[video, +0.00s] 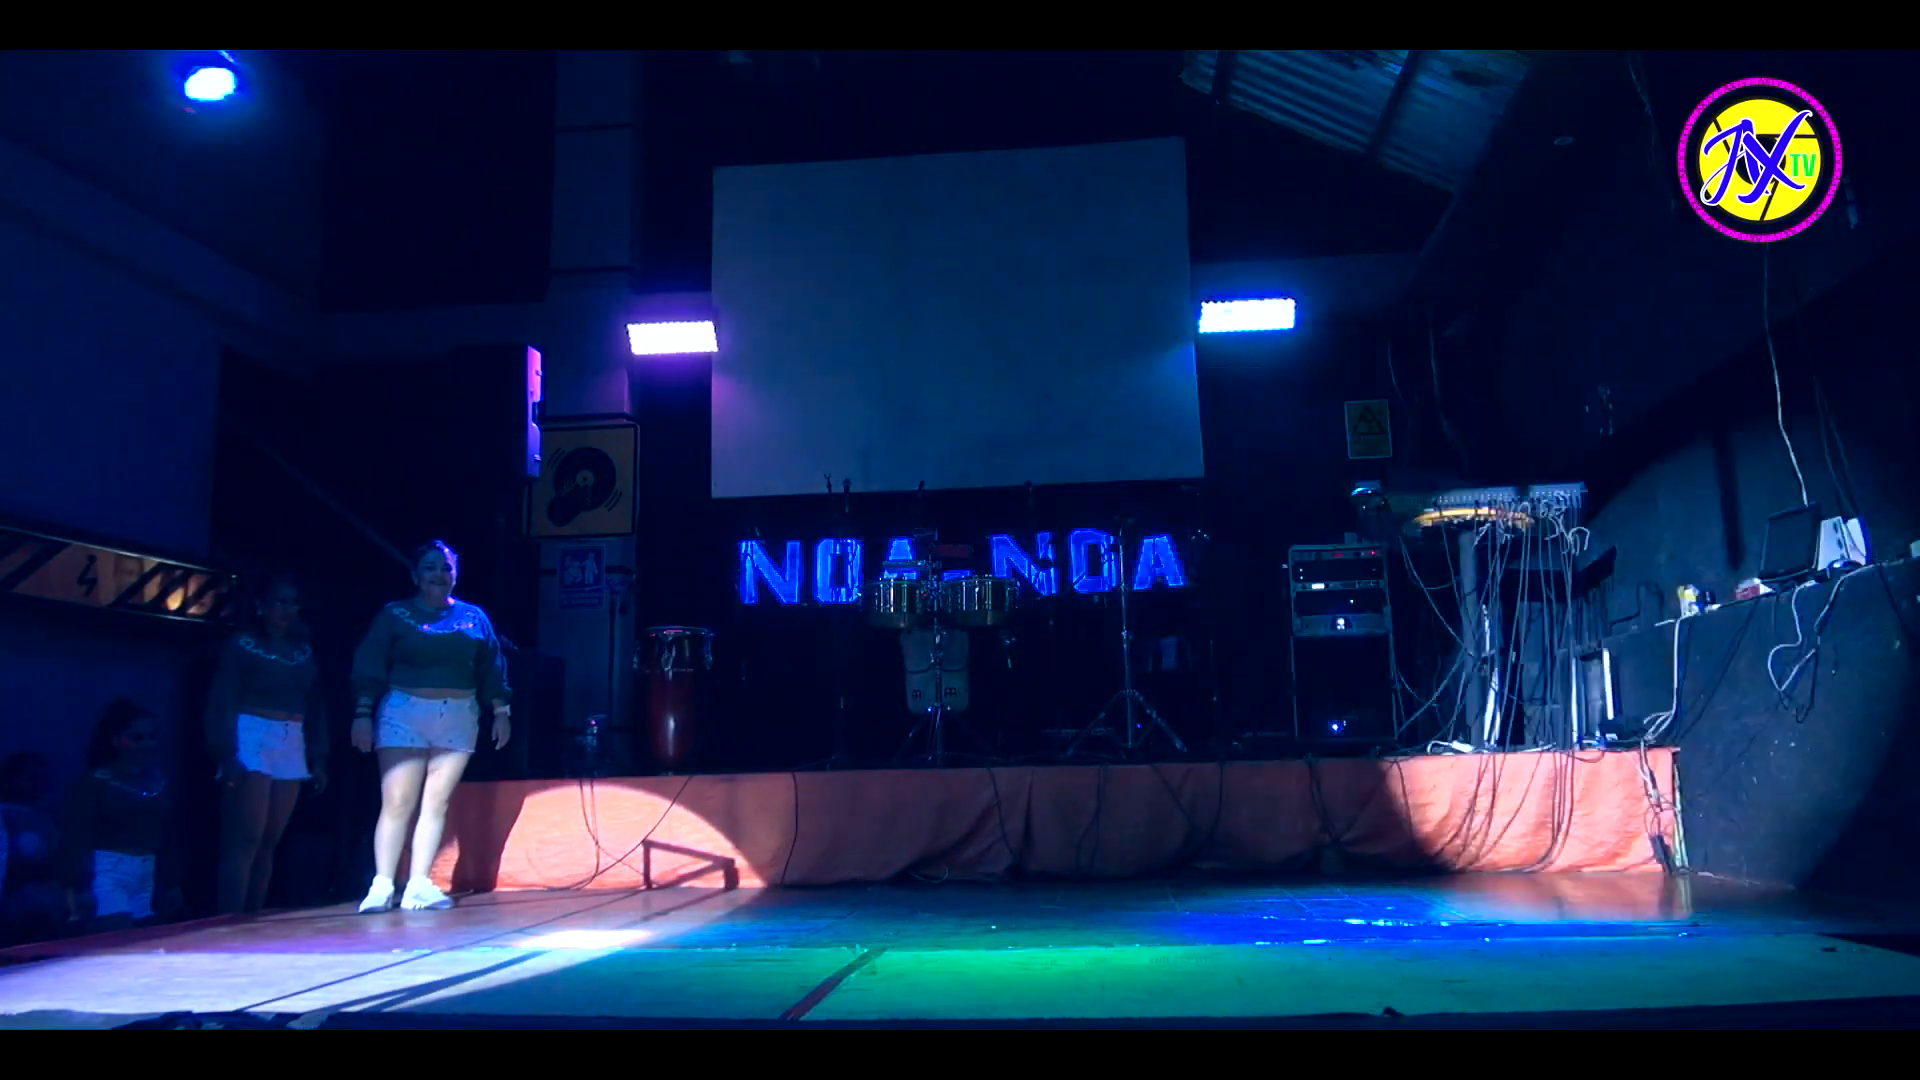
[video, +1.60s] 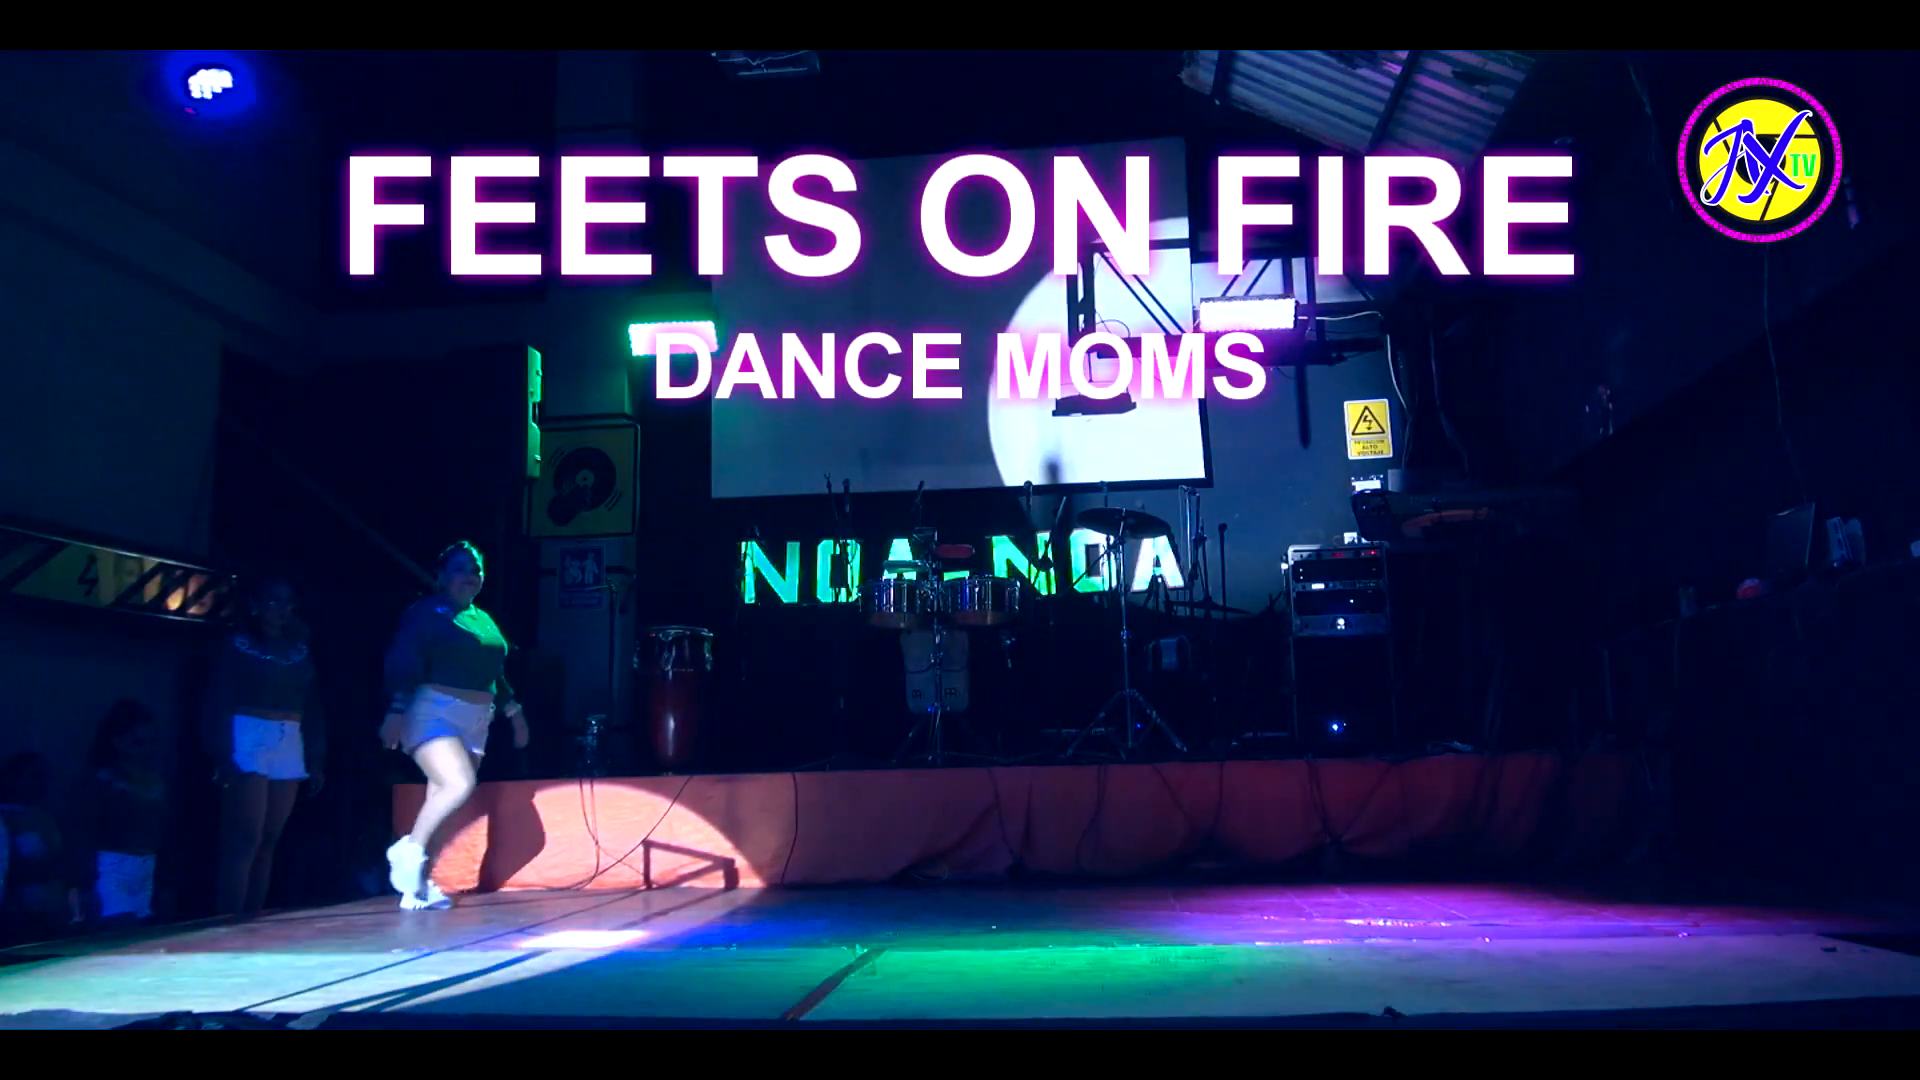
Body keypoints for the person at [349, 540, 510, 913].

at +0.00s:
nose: (438, 575)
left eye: (445, 569)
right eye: (430, 569)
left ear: (455, 575)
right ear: (417, 575)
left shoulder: (473, 618)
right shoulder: (396, 616)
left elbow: (492, 668)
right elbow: (370, 664)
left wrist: (501, 711)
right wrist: (363, 714)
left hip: (458, 716)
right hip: (403, 713)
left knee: (436, 803)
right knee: (397, 804)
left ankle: (418, 884)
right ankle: (383, 884)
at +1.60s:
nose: (469, 578)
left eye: (475, 572)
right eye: (460, 570)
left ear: (482, 579)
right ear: (443, 574)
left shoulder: (484, 620)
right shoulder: (426, 615)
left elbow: (494, 675)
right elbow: (403, 662)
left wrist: (514, 711)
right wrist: (396, 710)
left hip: (474, 722)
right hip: (430, 713)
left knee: (441, 803)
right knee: (458, 783)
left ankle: (419, 884)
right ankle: (411, 850)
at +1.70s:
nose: (473, 574)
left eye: (479, 568)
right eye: (465, 568)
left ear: (486, 574)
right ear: (447, 572)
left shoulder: (491, 616)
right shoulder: (431, 611)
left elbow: (506, 669)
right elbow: (396, 655)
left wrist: (537, 696)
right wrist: (379, 703)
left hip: (475, 717)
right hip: (432, 708)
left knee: (437, 802)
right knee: (473, 774)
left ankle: (417, 884)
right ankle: (451, 861)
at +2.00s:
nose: (489, 575)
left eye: (495, 569)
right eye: (481, 567)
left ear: (502, 574)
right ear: (462, 570)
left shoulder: (517, 614)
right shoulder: (440, 613)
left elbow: (553, 650)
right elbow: (402, 657)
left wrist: (588, 674)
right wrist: (376, 706)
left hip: (497, 719)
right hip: (449, 711)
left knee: (458, 803)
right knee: (476, 792)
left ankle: (418, 878)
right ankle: (490, 881)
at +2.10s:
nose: (498, 574)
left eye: (504, 567)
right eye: (491, 566)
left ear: (509, 573)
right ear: (469, 567)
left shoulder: (524, 612)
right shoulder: (442, 614)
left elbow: (560, 650)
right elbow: (410, 658)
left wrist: (591, 685)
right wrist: (393, 708)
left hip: (510, 713)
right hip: (457, 711)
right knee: (482, 794)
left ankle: (454, 855)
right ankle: (492, 883)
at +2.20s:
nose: (511, 572)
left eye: (515, 566)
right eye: (503, 564)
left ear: (519, 573)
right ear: (480, 566)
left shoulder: (531, 615)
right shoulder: (449, 615)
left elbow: (562, 660)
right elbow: (421, 664)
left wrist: (586, 696)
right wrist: (416, 709)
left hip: (520, 713)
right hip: (464, 714)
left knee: (546, 788)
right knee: (487, 795)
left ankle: (510, 841)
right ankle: (493, 882)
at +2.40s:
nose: (531, 562)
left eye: (535, 556)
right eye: (522, 553)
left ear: (538, 562)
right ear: (498, 557)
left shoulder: (548, 605)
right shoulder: (465, 601)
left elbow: (568, 654)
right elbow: (427, 646)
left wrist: (569, 699)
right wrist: (446, 650)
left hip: (537, 703)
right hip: (482, 705)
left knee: (543, 791)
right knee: (494, 799)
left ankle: (550, 881)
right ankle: (500, 883)